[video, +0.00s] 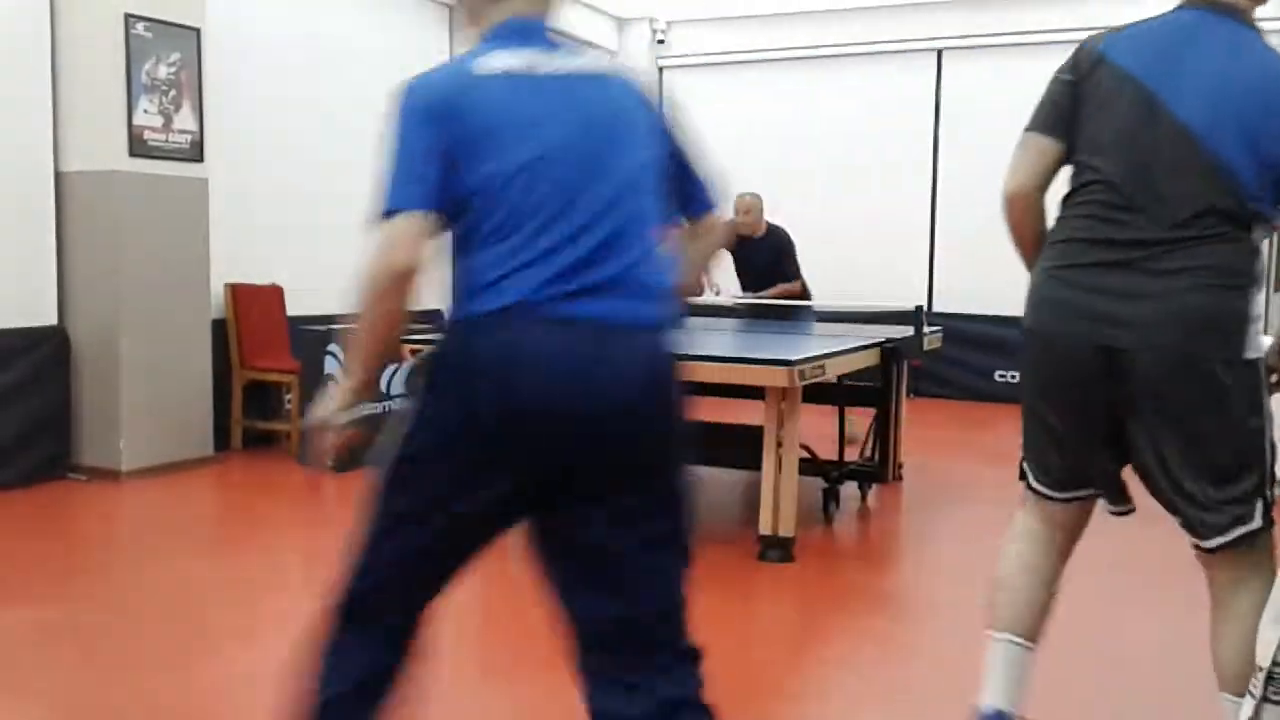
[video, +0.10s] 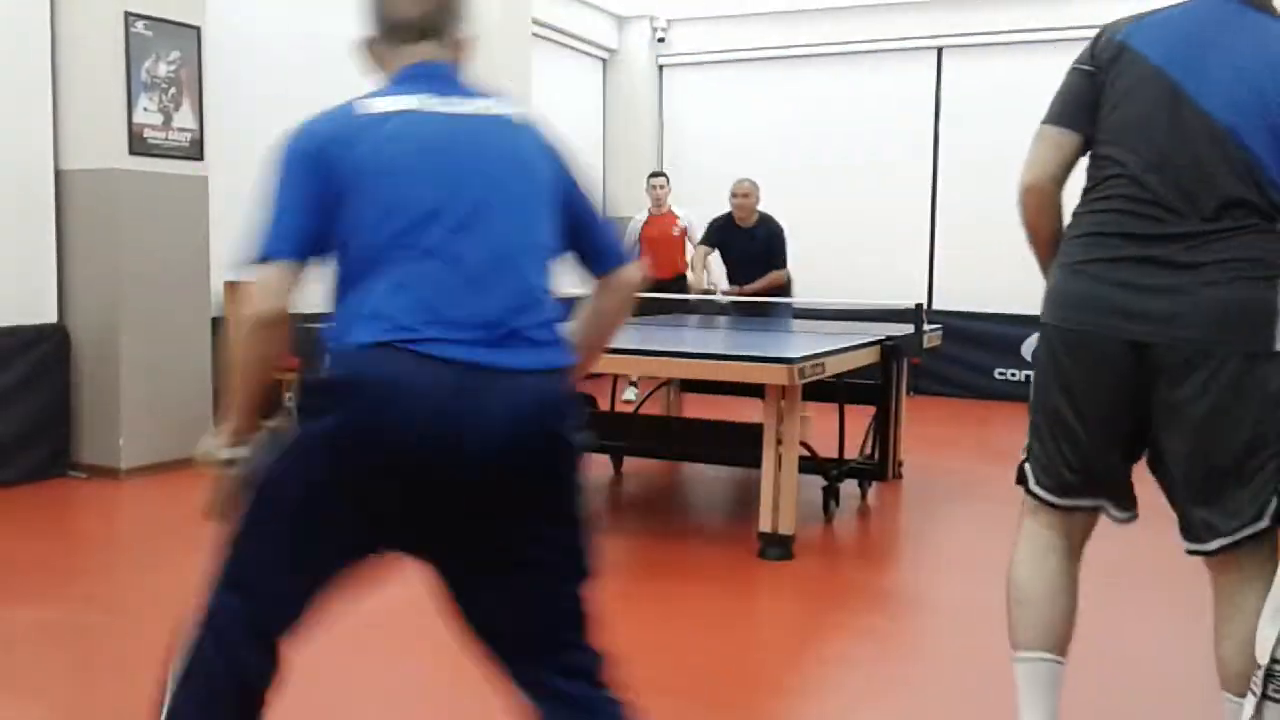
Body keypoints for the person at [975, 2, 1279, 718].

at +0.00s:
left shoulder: (1102, 51)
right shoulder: (1267, 75)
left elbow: (1020, 190)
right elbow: (1271, 227)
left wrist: (1056, 283)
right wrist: (1273, 344)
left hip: (1066, 321)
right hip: (1191, 339)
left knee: (1045, 509)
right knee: (1240, 559)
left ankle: (995, 705)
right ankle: (1248, 710)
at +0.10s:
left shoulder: (1125, 37)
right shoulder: (1278, 48)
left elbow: (1037, 184)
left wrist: (1070, 285)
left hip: (1090, 318)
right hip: (1232, 332)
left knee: (1053, 519)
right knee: (1245, 553)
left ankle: (1034, 711)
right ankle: (1250, 712)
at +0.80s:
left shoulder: (1061, 32)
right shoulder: (1207, 74)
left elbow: (1025, 187)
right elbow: (1234, 237)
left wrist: (974, 328)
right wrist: (1168, 312)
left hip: (1068, 343)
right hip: (1176, 350)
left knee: (1053, 568)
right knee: (1117, 547)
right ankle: (1163, 709)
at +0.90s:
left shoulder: (1042, 32)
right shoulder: (1180, 71)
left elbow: (1012, 185)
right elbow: (1213, 236)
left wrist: (965, 331)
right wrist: (1148, 321)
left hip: (1054, 335)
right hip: (1144, 344)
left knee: (1048, 564)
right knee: (1062, 550)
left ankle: (1073, 715)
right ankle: (1062, 703)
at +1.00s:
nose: (1005, 3)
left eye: (1009, 3)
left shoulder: (1018, 36)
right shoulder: (1151, 74)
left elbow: (992, 189)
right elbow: (1192, 235)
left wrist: (952, 334)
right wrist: (1139, 331)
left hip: (1033, 332)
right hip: (1117, 337)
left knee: (1039, 574)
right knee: (1005, 517)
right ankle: (985, 690)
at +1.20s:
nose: (942, 11)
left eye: (945, 3)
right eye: (944, 5)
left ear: (967, 0)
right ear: (1018, 4)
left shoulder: (958, 55)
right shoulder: (1078, 89)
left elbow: (939, 204)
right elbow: (1127, 240)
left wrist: (898, 344)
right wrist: (1128, 363)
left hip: (985, 340)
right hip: (1059, 339)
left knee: (1012, 568)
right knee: (925, 482)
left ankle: (1069, 714)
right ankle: (864, 653)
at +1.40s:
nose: (860, 36)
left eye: (863, 25)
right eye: (865, 26)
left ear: (876, 25)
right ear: (935, 27)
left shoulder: (869, 89)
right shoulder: (976, 116)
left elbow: (838, 229)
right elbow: (1039, 252)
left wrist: (795, 348)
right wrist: (1062, 365)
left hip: (909, 345)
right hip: (975, 343)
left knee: (971, 565)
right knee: (853, 488)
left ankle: (1057, 713)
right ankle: (829, 664)